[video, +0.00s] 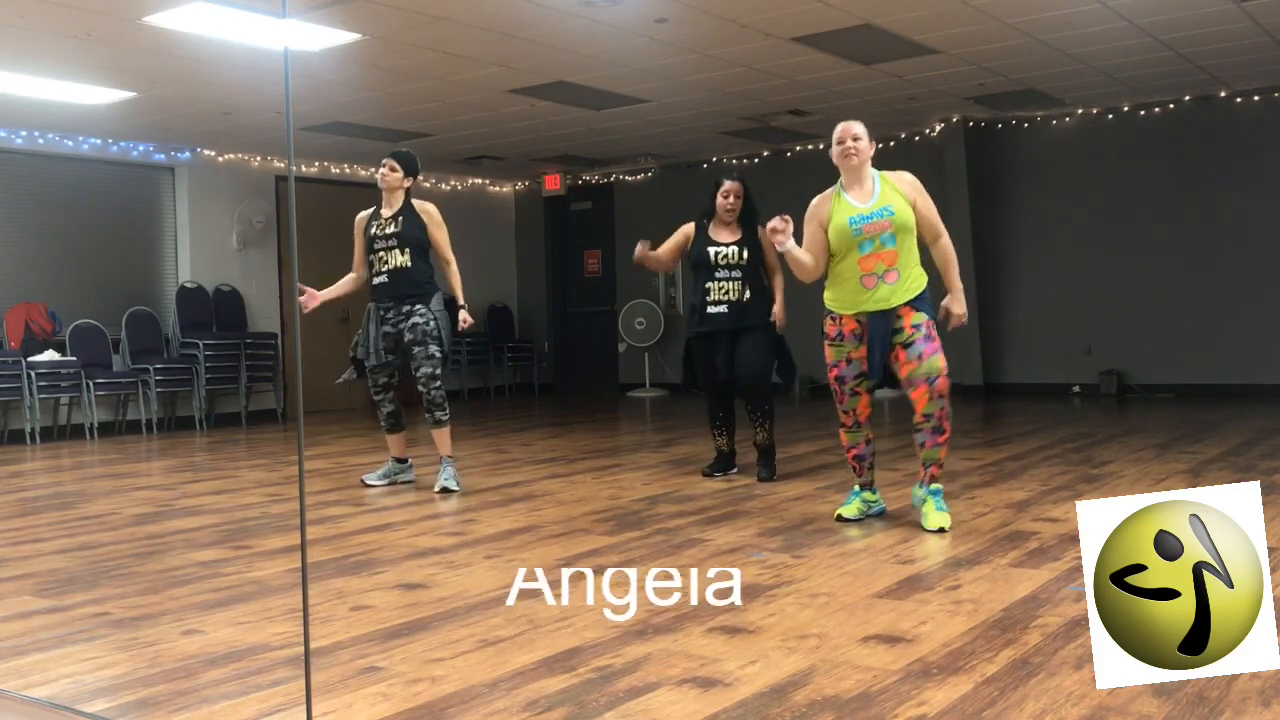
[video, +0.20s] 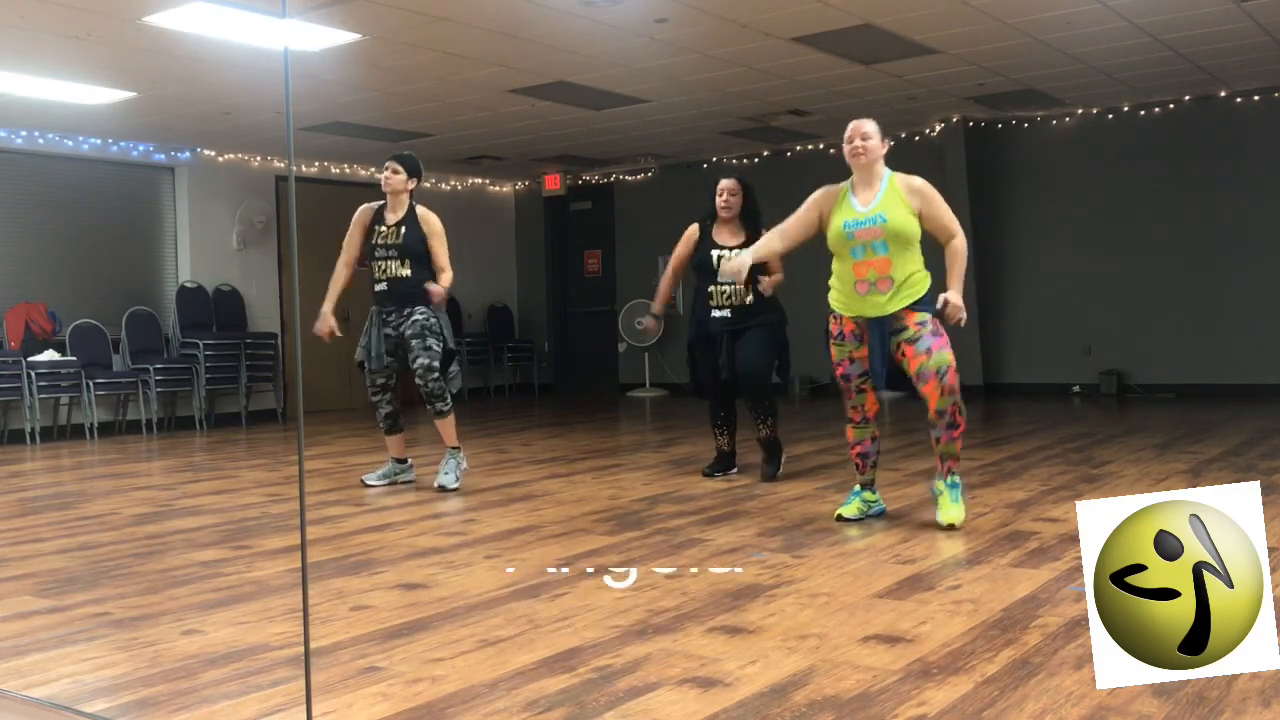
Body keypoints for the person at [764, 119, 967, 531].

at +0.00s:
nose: (849, 145)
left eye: (856, 138)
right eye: (841, 141)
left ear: (873, 148)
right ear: (831, 156)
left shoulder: (903, 184)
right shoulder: (822, 207)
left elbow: (938, 238)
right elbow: (810, 270)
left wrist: (955, 292)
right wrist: (787, 246)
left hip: (907, 311)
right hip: (847, 319)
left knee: (934, 385)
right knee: (851, 406)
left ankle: (930, 489)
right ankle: (865, 491)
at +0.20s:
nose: (857, 144)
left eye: (866, 137)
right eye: (851, 140)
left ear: (885, 147)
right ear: (843, 153)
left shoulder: (912, 189)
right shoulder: (829, 199)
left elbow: (955, 238)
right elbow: (783, 235)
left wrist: (955, 291)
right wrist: (747, 256)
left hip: (909, 313)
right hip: (850, 320)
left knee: (943, 382)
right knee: (860, 406)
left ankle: (948, 481)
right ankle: (867, 491)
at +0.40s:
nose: (873, 138)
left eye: (884, 131)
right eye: (869, 134)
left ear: (907, 139)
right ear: (864, 145)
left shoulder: (928, 188)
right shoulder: (849, 187)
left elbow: (952, 250)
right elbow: (814, 243)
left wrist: (932, 270)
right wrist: (790, 289)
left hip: (919, 310)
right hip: (864, 313)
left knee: (934, 403)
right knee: (863, 402)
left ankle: (949, 494)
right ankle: (867, 491)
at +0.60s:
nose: (883, 146)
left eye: (893, 139)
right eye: (880, 142)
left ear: (917, 149)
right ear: (875, 153)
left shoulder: (934, 193)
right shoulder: (864, 196)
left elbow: (947, 245)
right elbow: (873, 254)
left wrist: (913, 294)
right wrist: (879, 304)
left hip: (933, 313)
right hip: (878, 314)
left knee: (941, 403)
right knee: (825, 373)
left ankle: (950, 495)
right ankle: (855, 462)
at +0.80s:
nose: (873, 142)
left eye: (882, 134)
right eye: (868, 137)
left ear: (906, 140)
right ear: (864, 148)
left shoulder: (930, 182)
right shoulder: (855, 195)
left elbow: (956, 242)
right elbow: (854, 257)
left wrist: (964, 304)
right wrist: (830, 300)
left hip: (921, 309)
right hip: (867, 313)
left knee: (933, 402)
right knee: (861, 400)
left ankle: (948, 495)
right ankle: (867, 491)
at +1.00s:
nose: (867, 146)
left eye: (875, 139)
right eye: (860, 141)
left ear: (893, 146)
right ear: (851, 151)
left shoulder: (921, 187)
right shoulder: (836, 199)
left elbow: (962, 239)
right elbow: (804, 249)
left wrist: (972, 297)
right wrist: (769, 258)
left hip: (915, 310)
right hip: (856, 315)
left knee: (939, 390)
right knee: (848, 398)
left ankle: (948, 488)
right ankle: (864, 492)